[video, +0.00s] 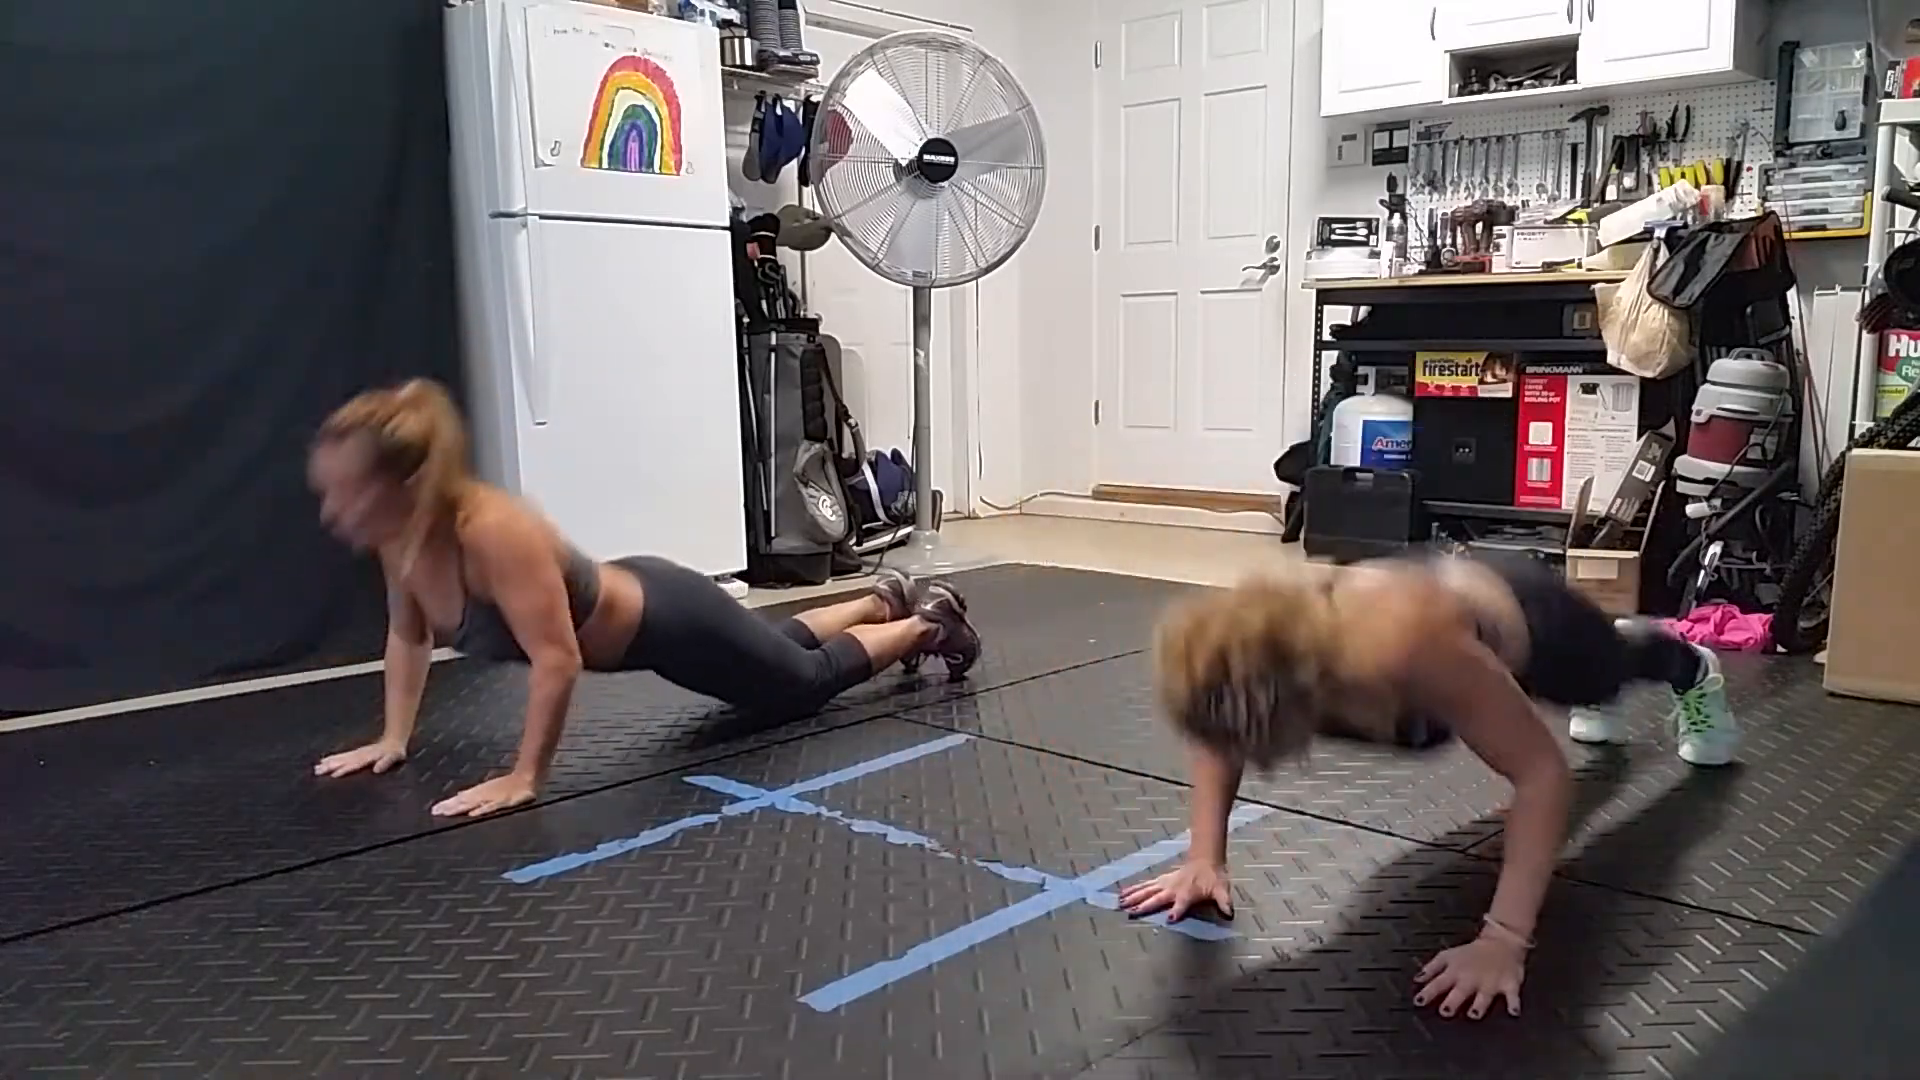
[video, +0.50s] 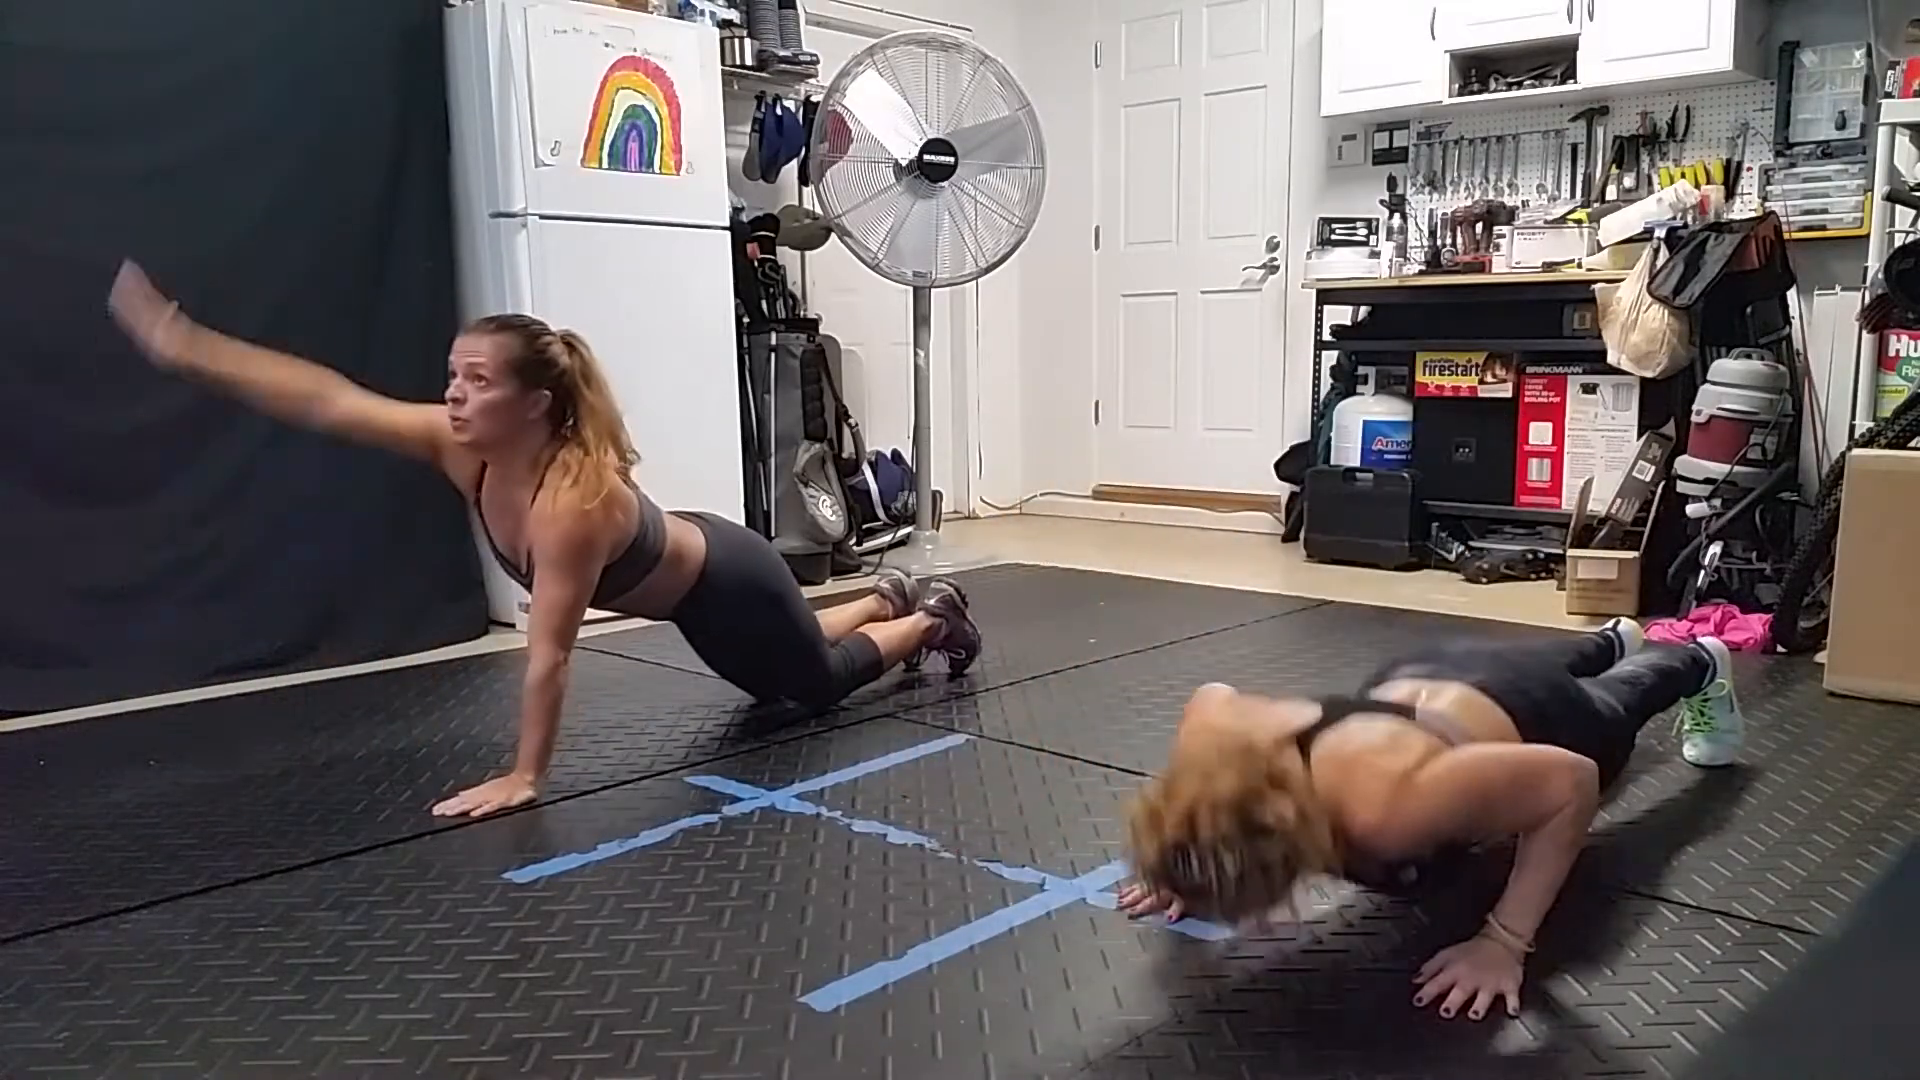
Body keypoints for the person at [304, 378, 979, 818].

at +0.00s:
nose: (326, 511)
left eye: (338, 494)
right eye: (322, 495)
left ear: (397, 482)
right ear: (376, 487)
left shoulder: (493, 530)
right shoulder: (399, 538)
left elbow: (556, 659)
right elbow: (409, 638)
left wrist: (524, 777)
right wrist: (394, 739)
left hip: (674, 623)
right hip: (632, 606)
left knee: (807, 680)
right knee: (773, 643)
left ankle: (924, 627)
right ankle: (878, 598)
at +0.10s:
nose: (366, 452)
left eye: (381, 436)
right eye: (365, 434)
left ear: (448, 437)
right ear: (431, 439)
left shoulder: (524, 510)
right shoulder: (416, 512)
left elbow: (542, 657)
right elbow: (408, 627)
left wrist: (525, 776)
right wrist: (391, 738)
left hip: (689, 614)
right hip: (651, 604)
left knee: (811, 675)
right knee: (775, 645)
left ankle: (924, 627)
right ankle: (883, 596)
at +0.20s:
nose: (409, 414)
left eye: (428, 401)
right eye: (407, 397)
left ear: (490, 412)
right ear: (426, 408)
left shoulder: (545, 506)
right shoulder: (439, 479)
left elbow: (541, 655)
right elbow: (403, 595)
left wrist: (525, 776)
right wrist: (365, 708)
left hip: (704, 602)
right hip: (666, 584)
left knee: (814, 679)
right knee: (775, 648)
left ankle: (924, 622)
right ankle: (877, 600)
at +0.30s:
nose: (436, 395)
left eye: (455, 384)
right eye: (436, 379)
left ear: (521, 406)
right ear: (458, 393)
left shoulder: (555, 506)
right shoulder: (457, 463)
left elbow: (545, 649)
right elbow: (363, 548)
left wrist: (525, 774)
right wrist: (280, 642)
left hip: (718, 602)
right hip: (682, 560)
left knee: (823, 676)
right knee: (785, 619)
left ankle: (924, 626)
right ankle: (882, 597)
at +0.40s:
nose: (450, 394)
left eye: (471, 381)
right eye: (450, 377)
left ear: (533, 399)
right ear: (458, 390)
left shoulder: (566, 504)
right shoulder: (462, 445)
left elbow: (548, 648)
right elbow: (335, 469)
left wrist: (525, 777)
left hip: (724, 592)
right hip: (683, 553)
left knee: (822, 682)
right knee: (778, 610)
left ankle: (924, 626)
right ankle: (880, 602)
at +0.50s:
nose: (452, 392)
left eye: (473, 380)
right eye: (453, 376)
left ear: (536, 403)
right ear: (464, 393)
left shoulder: (567, 502)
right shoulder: (459, 437)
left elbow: (549, 651)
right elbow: (320, 398)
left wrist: (526, 775)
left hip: (729, 590)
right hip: (683, 565)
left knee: (825, 679)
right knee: (783, 642)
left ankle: (929, 624)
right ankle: (887, 602)